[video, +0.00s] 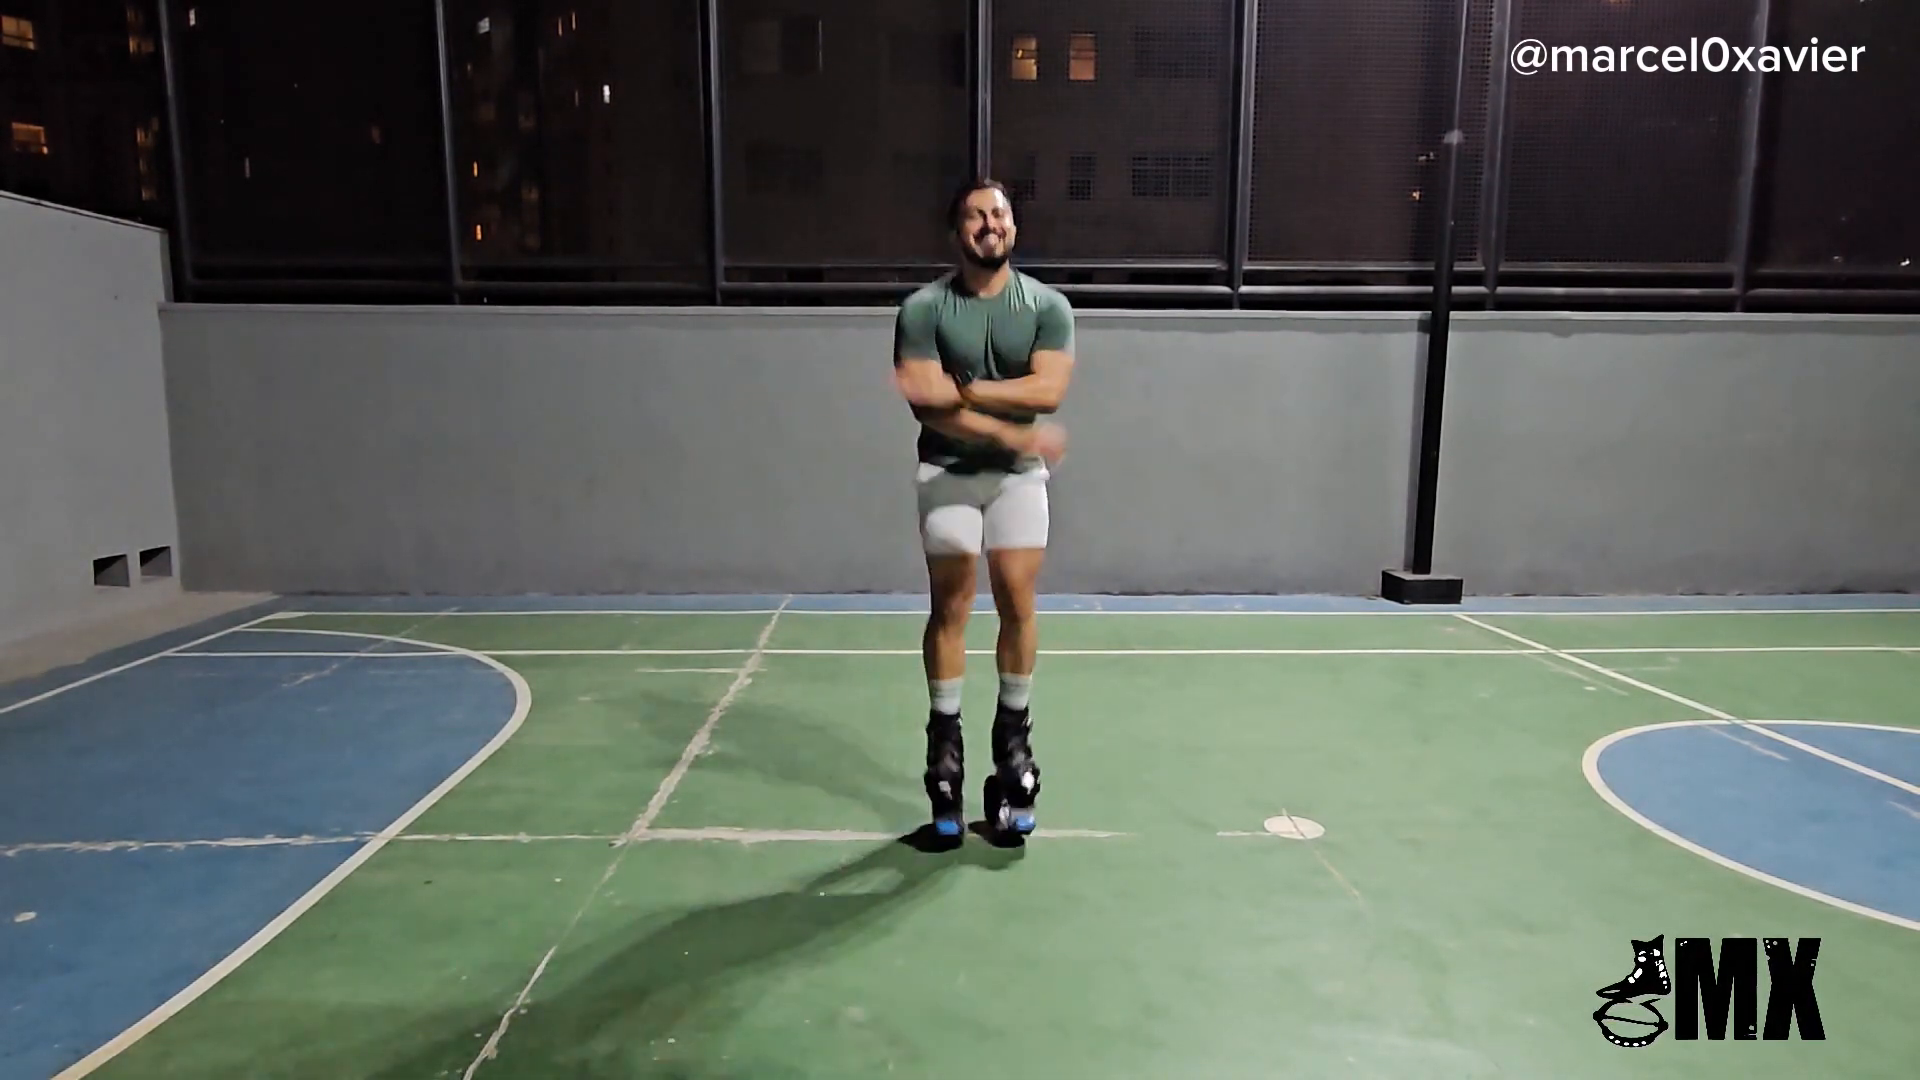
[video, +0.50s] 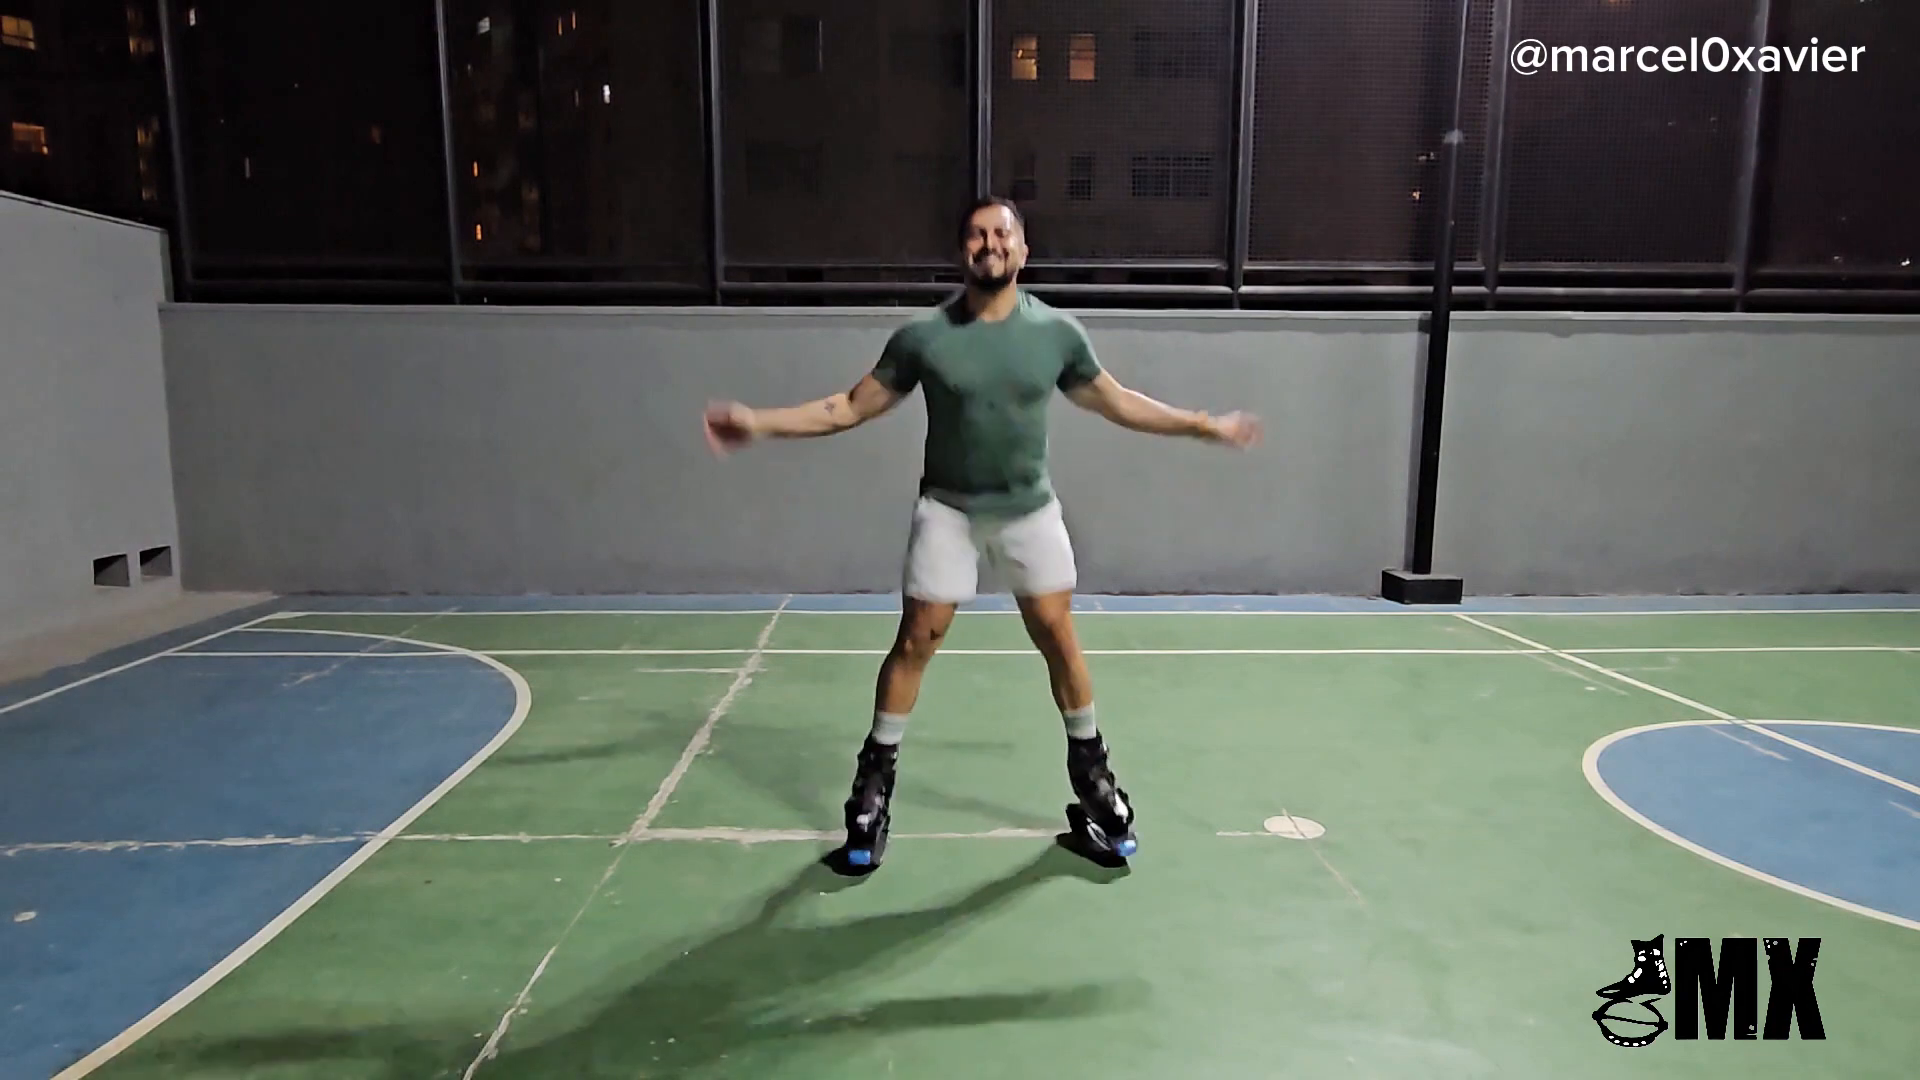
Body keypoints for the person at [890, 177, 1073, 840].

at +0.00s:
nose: (990, 224)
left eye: (998, 213)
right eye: (976, 215)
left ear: (1014, 227)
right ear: (957, 232)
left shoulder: (1048, 306)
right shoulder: (924, 308)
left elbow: (1049, 390)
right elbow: (926, 401)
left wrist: (959, 390)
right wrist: (1014, 433)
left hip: (1020, 471)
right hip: (948, 472)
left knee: (1017, 601)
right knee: (950, 604)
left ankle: (1013, 738)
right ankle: (945, 744)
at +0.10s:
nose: (988, 255)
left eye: (997, 244)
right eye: (974, 246)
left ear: (1012, 255)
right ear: (955, 260)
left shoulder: (1043, 329)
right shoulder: (924, 332)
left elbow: (1041, 400)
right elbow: (935, 414)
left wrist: (965, 337)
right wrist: (1010, 384)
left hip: (1019, 510)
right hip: (948, 510)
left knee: (1011, 632)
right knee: (954, 635)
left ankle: (1005, 767)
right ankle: (949, 772)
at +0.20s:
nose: (985, 209)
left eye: (996, 197)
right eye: (972, 199)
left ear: (1014, 206)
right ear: (954, 213)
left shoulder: (1053, 288)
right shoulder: (920, 290)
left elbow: (1076, 381)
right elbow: (909, 385)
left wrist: (1020, 351)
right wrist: (973, 388)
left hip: (1023, 471)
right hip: (948, 471)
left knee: (1018, 602)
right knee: (950, 600)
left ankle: (1015, 746)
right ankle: (944, 752)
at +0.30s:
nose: (985, 181)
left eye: (997, 169)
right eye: (972, 171)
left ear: (1019, 183)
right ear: (956, 187)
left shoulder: (1055, 264)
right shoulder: (922, 264)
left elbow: (1088, 354)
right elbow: (888, 358)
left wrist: (1093, 408)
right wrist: (890, 441)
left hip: (1025, 449)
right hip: (945, 450)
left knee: (1032, 584)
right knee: (939, 580)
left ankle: (1034, 718)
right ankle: (927, 724)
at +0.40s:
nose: (987, 192)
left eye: (1000, 182)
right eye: (975, 183)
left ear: (1022, 199)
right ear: (959, 200)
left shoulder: (1054, 282)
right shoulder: (922, 287)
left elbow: (1103, 377)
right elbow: (868, 382)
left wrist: (1155, 453)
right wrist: (817, 464)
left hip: (1028, 457)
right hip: (947, 459)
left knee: (1050, 592)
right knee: (924, 593)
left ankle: (1066, 731)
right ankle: (896, 741)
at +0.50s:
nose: (988, 246)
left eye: (1000, 236)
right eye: (977, 236)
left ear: (1023, 253)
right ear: (963, 254)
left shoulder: (1056, 335)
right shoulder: (924, 340)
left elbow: (1117, 403)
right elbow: (848, 407)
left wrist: (1203, 424)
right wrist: (757, 423)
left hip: (1029, 509)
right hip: (947, 509)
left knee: (1057, 637)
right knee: (918, 637)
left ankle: (1092, 775)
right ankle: (874, 784)